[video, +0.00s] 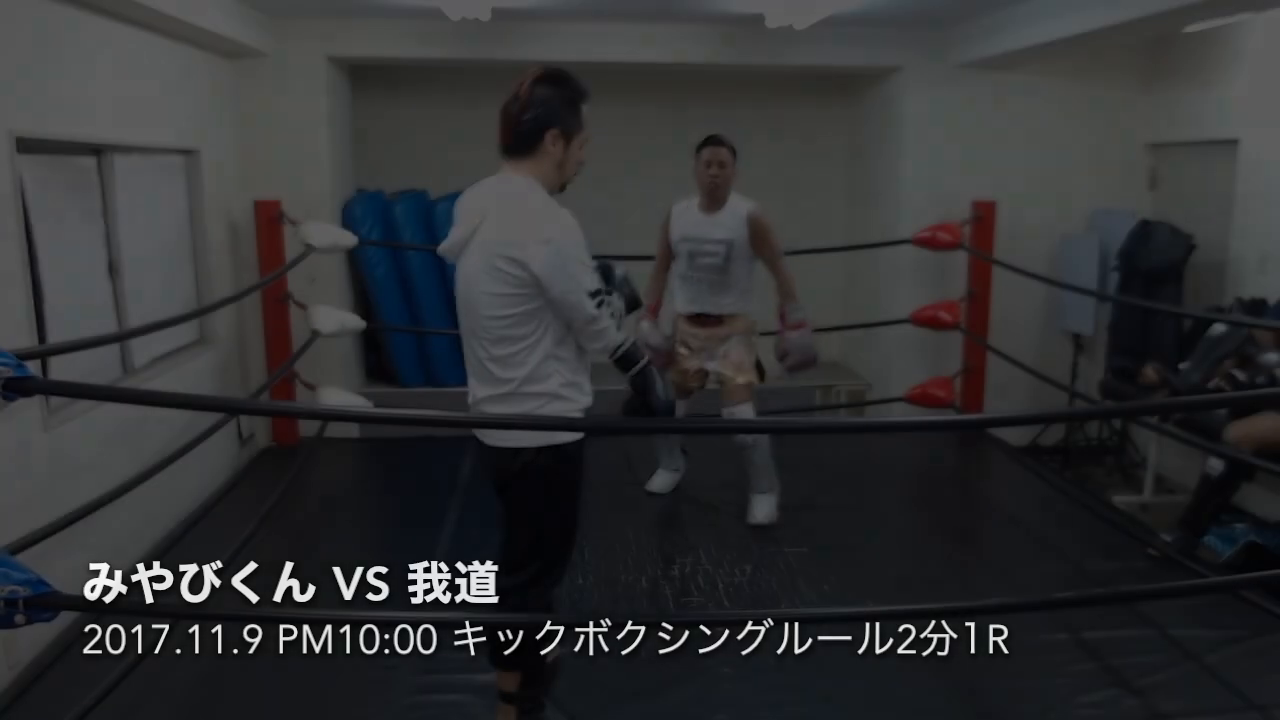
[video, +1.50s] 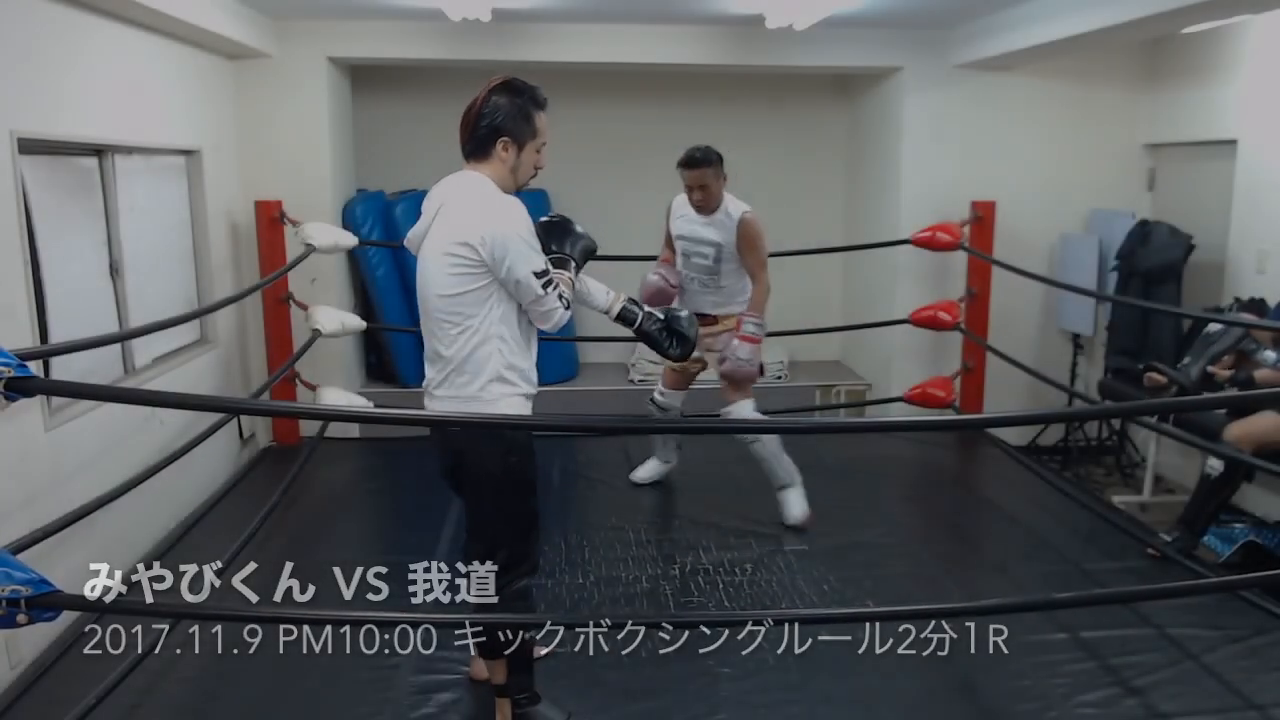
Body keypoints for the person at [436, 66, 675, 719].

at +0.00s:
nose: (584, 155)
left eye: (584, 142)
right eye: (581, 142)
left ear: (524, 135)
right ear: (556, 141)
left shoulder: (478, 202)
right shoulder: (546, 222)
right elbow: (593, 319)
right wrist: (643, 372)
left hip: (496, 415)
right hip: (543, 426)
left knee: (524, 555)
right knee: (541, 564)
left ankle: (516, 674)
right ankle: (518, 697)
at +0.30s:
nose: (582, 160)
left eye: (584, 146)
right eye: (577, 146)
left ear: (528, 141)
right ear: (543, 144)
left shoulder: (474, 203)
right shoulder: (537, 224)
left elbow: (522, 295)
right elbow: (584, 322)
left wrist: (588, 284)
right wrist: (634, 359)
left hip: (495, 419)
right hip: (538, 430)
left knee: (522, 557)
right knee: (537, 567)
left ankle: (520, 668)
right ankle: (515, 701)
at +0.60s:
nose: (572, 166)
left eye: (575, 152)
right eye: (570, 151)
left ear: (515, 142)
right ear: (536, 148)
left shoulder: (468, 200)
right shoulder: (534, 221)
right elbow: (585, 308)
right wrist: (646, 348)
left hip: (491, 418)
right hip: (531, 426)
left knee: (522, 555)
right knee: (530, 568)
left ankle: (522, 660)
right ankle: (513, 702)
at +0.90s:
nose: (563, 162)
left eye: (565, 149)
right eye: (560, 148)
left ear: (500, 140)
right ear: (526, 144)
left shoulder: (463, 199)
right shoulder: (529, 217)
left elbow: (577, 265)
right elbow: (587, 307)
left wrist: (656, 314)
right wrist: (606, 337)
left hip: (487, 423)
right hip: (522, 432)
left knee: (521, 557)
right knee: (519, 575)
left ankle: (522, 659)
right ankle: (512, 705)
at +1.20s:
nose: (550, 161)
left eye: (552, 148)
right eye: (547, 147)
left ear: (488, 140)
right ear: (516, 146)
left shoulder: (452, 200)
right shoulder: (516, 223)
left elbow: (570, 264)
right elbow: (566, 329)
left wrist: (643, 306)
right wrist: (580, 270)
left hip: (476, 413)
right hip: (518, 422)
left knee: (504, 550)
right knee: (523, 570)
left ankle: (490, 656)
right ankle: (516, 702)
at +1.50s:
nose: (541, 162)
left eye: (544, 149)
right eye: (537, 148)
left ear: (485, 142)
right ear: (505, 144)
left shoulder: (445, 195)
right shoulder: (502, 213)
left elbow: (423, 248)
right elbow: (550, 311)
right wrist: (565, 264)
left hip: (453, 405)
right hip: (492, 412)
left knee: (487, 537)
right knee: (512, 555)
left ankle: (487, 654)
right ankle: (512, 703)